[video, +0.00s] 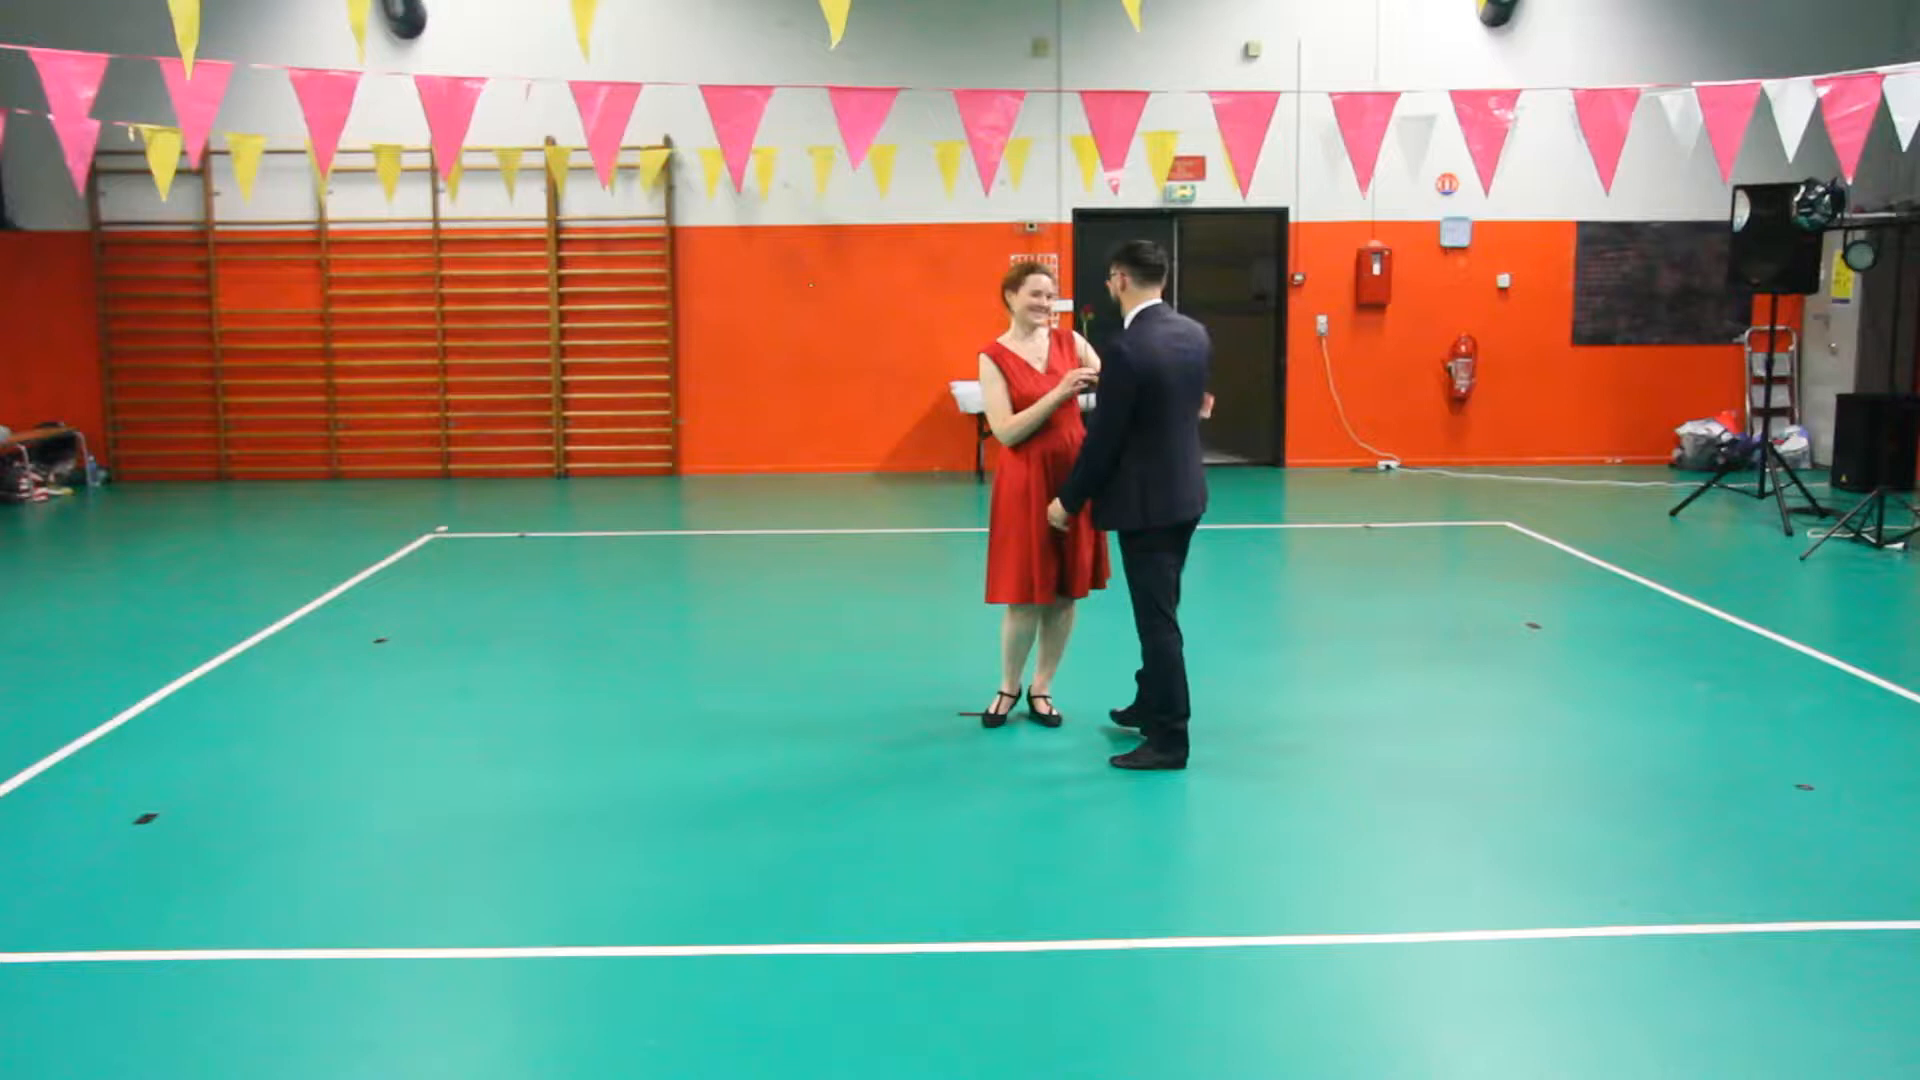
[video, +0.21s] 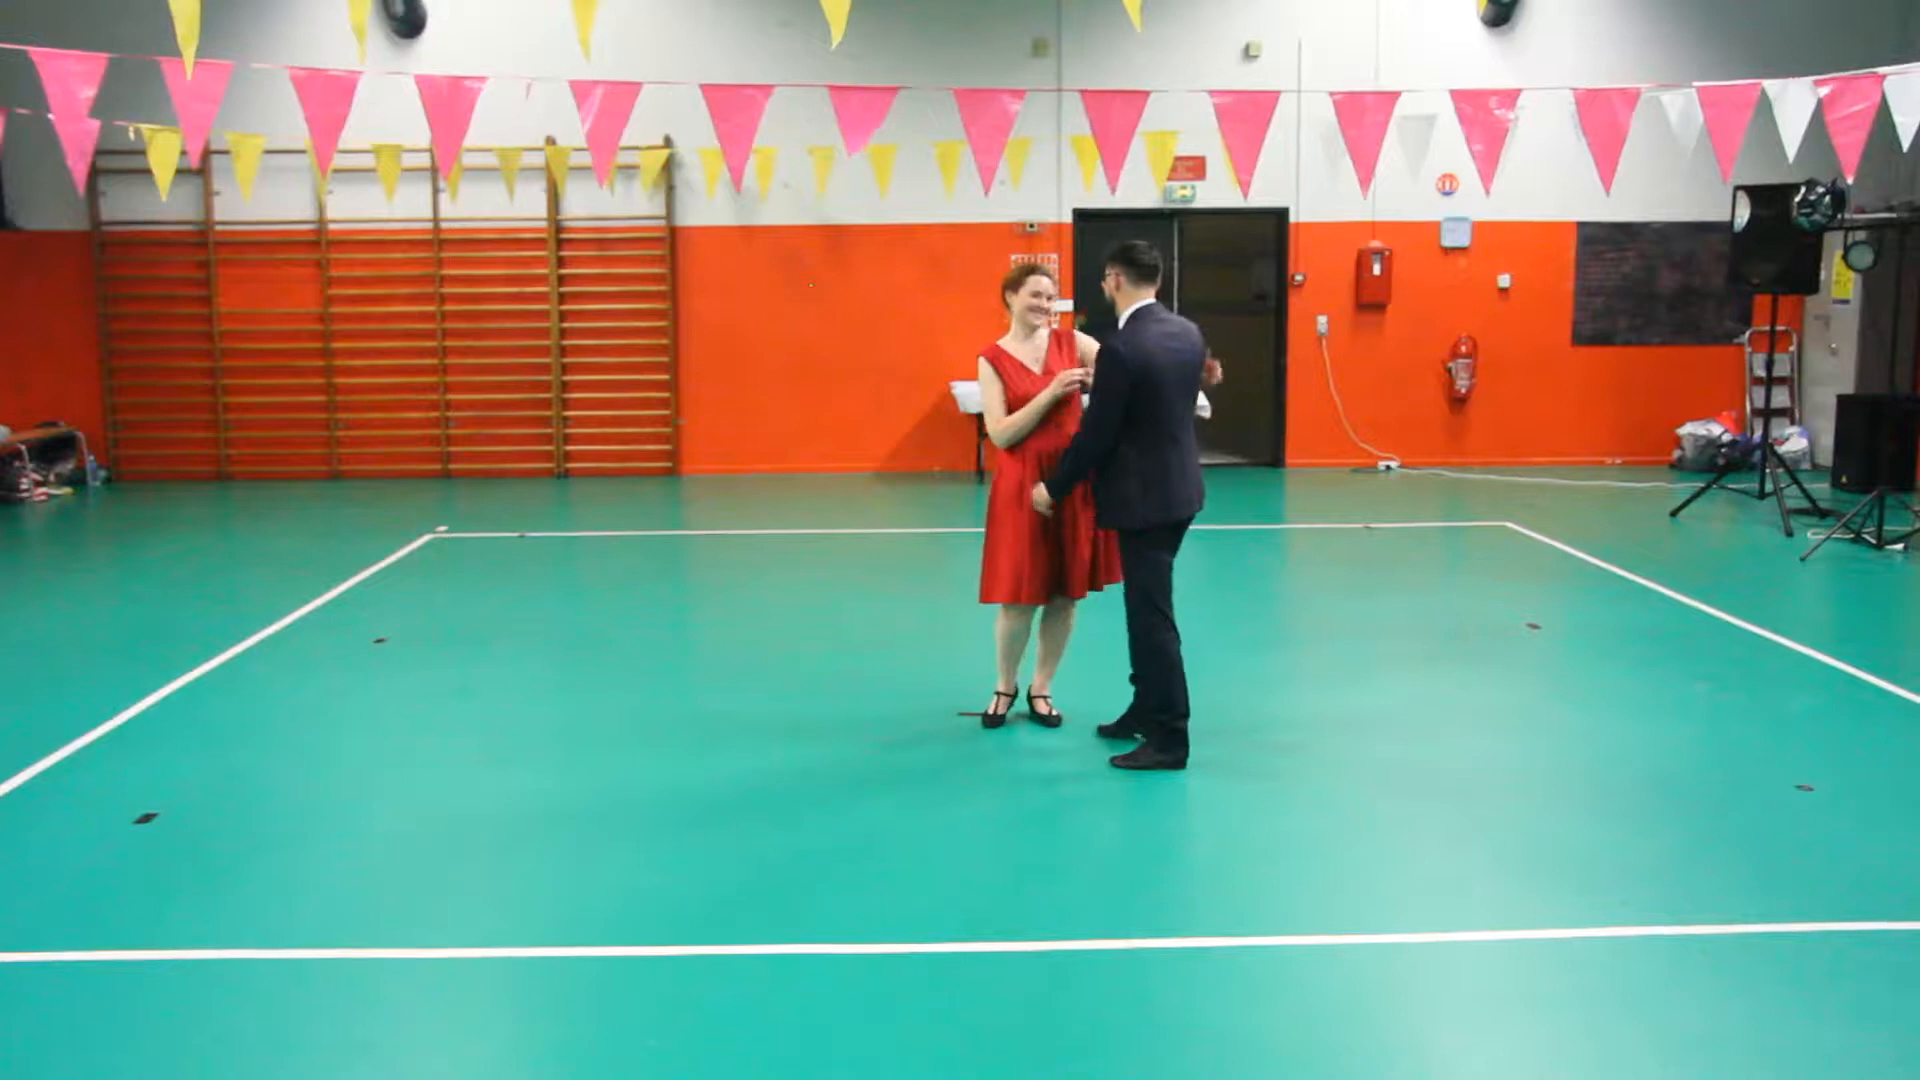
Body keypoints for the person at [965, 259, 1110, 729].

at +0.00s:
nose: (1045, 303)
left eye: (1050, 295)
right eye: (1036, 295)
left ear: (1055, 300)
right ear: (1010, 299)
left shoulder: (1071, 342)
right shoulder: (994, 358)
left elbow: (1111, 385)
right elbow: (1006, 431)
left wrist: (1092, 380)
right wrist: (1061, 391)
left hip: (1074, 474)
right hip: (1024, 478)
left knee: (1063, 592)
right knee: (1023, 594)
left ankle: (1040, 690)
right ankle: (1009, 689)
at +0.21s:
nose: (1046, 304)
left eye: (1050, 296)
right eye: (1036, 295)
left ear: (1056, 302)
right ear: (1010, 300)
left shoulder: (1075, 343)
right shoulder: (994, 361)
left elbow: (1127, 378)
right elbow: (1000, 433)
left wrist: (1097, 381)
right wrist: (1050, 394)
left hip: (1075, 475)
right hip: (1021, 479)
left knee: (1063, 593)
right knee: (1018, 595)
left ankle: (1042, 689)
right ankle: (1005, 688)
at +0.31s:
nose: (1045, 301)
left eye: (1049, 294)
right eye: (1035, 293)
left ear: (1056, 301)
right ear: (1009, 299)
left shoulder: (1076, 341)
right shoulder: (993, 360)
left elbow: (1131, 367)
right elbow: (996, 434)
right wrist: (1043, 391)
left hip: (1072, 482)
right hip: (1019, 484)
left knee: (1061, 592)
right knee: (1013, 594)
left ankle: (1041, 689)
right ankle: (1006, 688)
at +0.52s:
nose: (1047, 297)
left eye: (1084, 284)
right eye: (1034, 288)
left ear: (1106, 281)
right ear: (1149, 282)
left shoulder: (1112, 347)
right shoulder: (1171, 335)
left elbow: (1065, 408)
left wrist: (1001, 419)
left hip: (1124, 495)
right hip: (1153, 491)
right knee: (1134, 607)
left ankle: (1165, 735)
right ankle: (1140, 710)